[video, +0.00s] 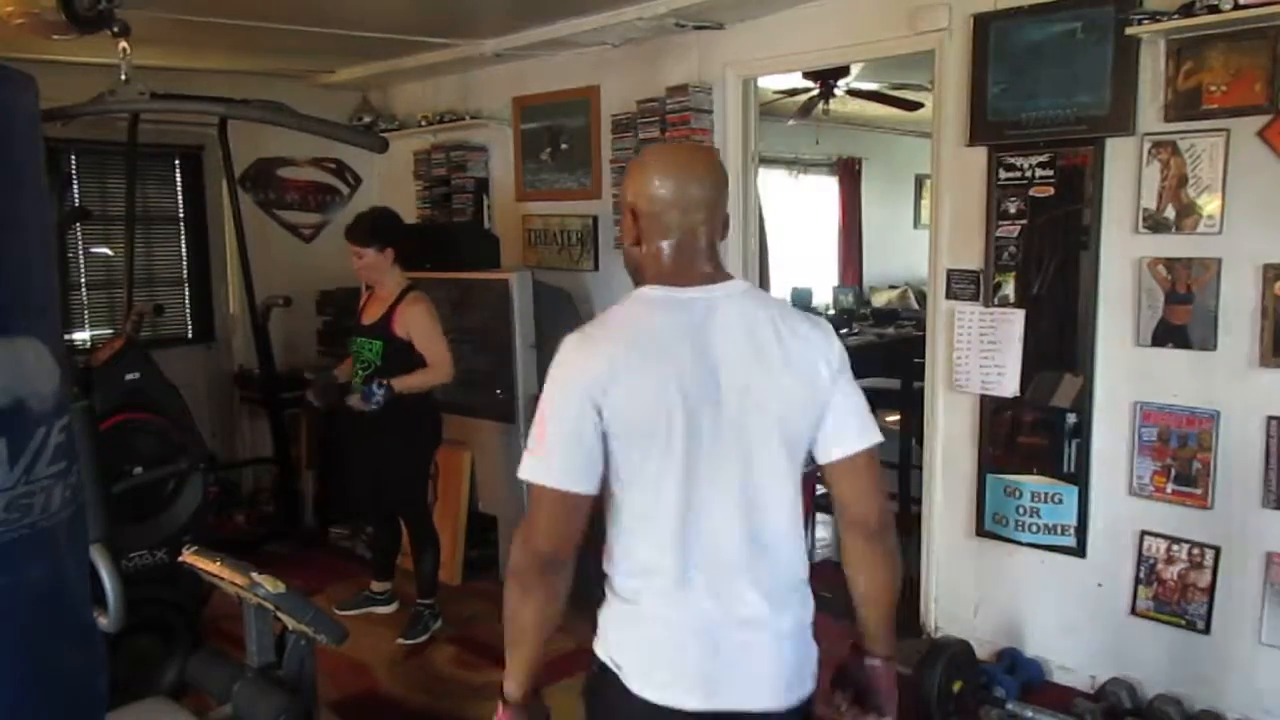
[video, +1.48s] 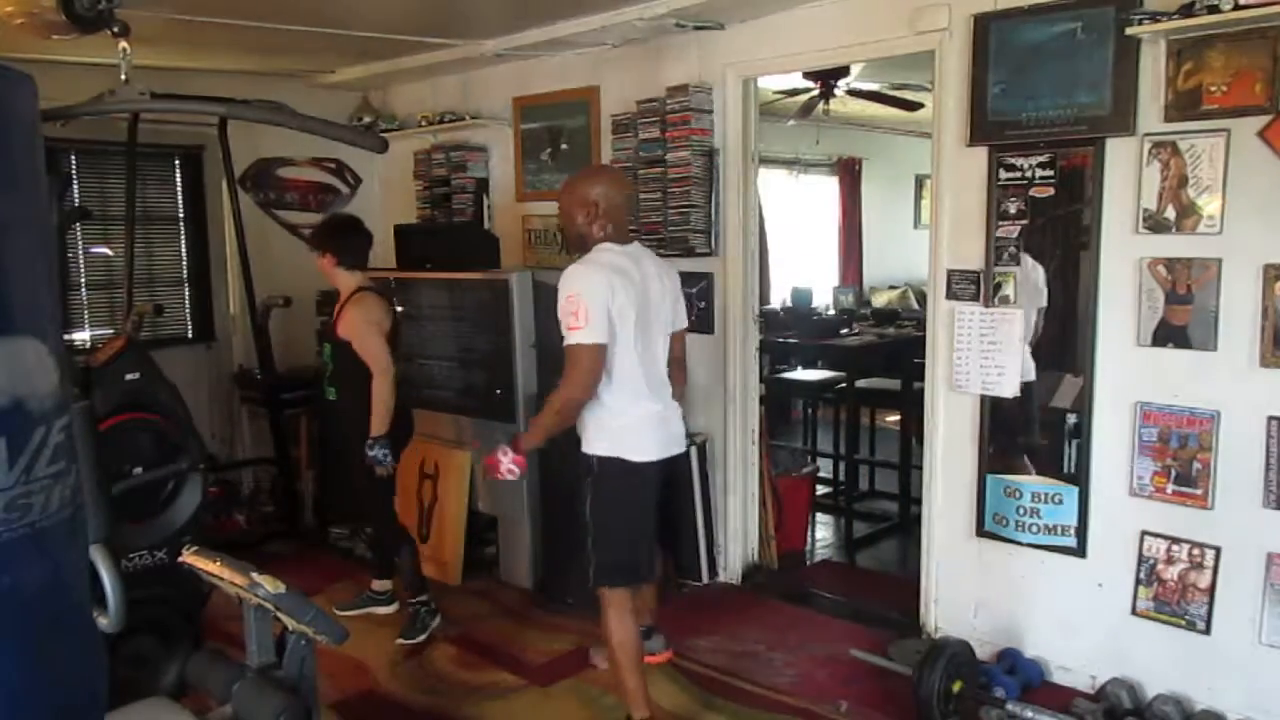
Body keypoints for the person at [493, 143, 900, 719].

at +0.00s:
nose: (621, 234)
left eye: (622, 218)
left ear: (630, 227)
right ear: (723, 225)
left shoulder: (598, 350)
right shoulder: (809, 341)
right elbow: (868, 518)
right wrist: (879, 656)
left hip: (646, 682)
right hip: (776, 681)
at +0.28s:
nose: (637, 228)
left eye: (638, 217)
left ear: (642, 227)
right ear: (724, 235)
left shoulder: (582, 321)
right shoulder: (772, 337)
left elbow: (527, 467)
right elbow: (818, 495)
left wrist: (541, 511)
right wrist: (845, 614)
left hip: (627, 629)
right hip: (741, 632)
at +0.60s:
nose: (656, 215)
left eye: (661, 206)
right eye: (660, 204)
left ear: (677, 216)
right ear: (729, 219)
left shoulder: (618, 297)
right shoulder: (774, 309)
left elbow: (580, 432)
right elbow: (800, 441)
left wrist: (562, 543)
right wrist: (811, 539)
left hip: (637, 546)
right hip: (732, 548)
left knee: (621, 691)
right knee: (738, 699)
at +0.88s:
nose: (616, 229)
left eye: (621, 219)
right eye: (619, 218)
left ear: (638, 231)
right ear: (681, 231)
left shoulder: (598, 309)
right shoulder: (732, 306)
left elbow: (594, 431)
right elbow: (767, 420)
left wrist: (599, 537)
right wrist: (775, 500)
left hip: (636, 523)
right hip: (715, 523)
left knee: (634, 648)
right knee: (725, 674)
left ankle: (640, 718)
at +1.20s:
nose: (579, 218)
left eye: (581, 209)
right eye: (581, 208)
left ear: (596, 211)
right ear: (642, 210)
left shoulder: (576, 286)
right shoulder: (690, 278)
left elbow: (562, 394)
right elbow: (713, 382)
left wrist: (532, 454)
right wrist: (708, 459)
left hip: (614, 476)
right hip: (684, 467)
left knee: (622, 599)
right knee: (691, 568)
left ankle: (641, 711)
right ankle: (725, 685)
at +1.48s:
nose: (561, 226)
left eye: (566, 215)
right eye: (561, 215)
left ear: (593, 214)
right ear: (614, 214)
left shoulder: (587, 275)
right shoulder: (660, 267)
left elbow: (578, 386)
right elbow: (675, 364)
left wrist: (522, 443)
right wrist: (664, 422)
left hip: (616, 448)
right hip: (664, 441)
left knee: (616, 589)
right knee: (644, 545)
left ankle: (639, 711)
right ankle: (646, 633)